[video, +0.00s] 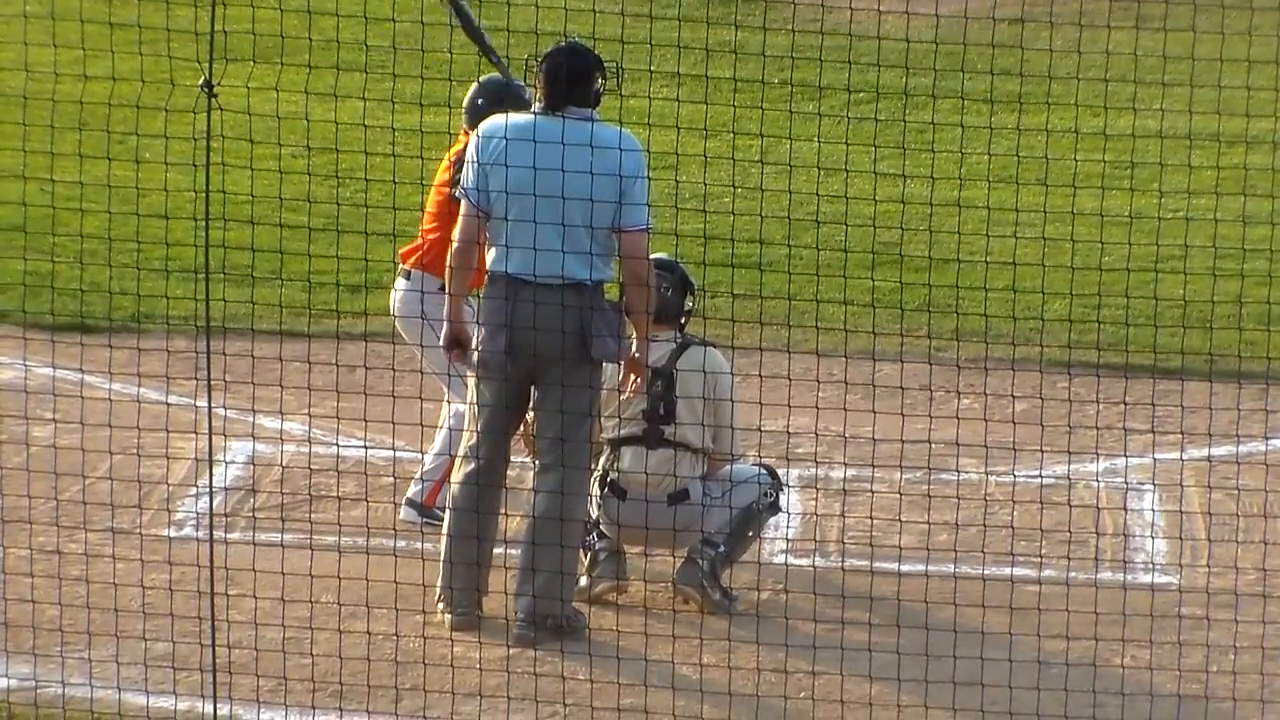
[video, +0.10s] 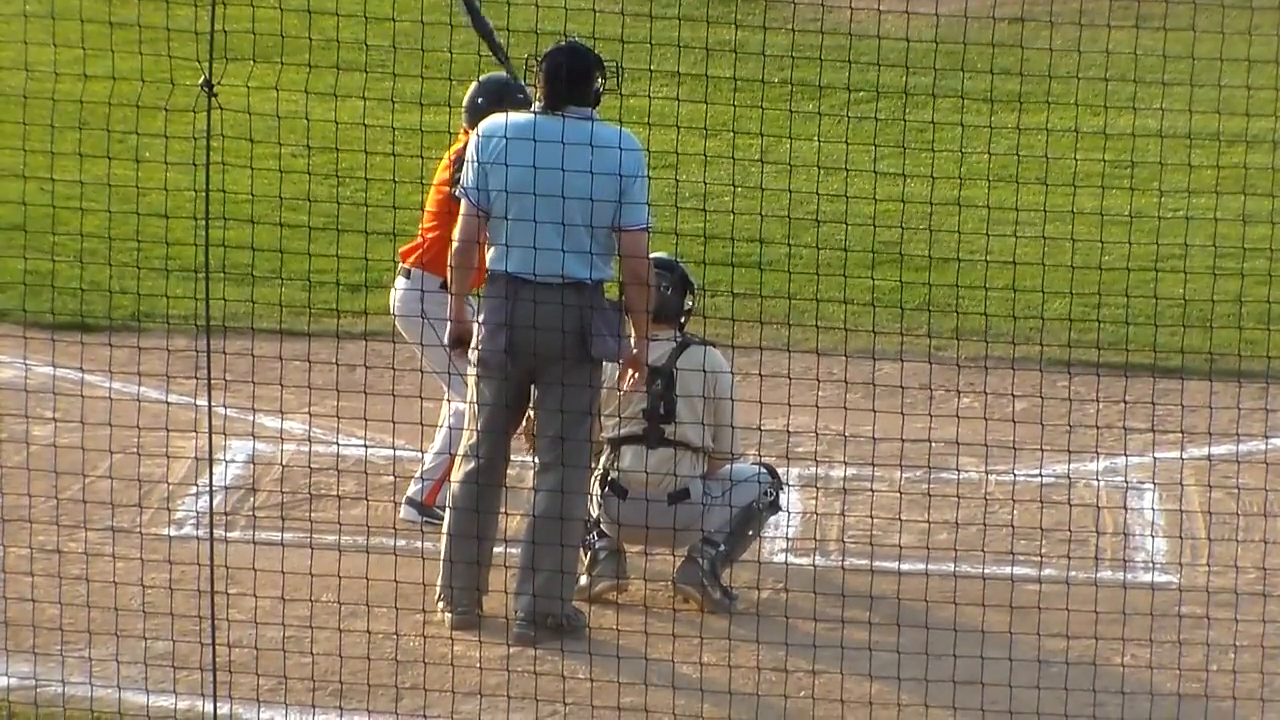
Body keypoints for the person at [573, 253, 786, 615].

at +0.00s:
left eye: (633, 293)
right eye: (686, 298)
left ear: (629, 303)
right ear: (682, 309)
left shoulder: (606, 357)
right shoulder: (709, 361)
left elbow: (585, 443)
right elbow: (719, 458)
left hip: (615, 512)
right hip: (680, 514)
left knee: (590, 470)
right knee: (765, 482)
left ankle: (604, 557)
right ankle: (703, 564)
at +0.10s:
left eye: (634, 291)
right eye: (686, 296)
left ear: (630, 302)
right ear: (682, 307)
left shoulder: (606, 357)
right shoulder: (708, 360)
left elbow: (587, 439)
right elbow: (721, 455)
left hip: (617, 512)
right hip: (682, 513)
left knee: (592, 468)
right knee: (765, 481)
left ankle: (604, 557)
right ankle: (703, 563)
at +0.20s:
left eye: (633, 291)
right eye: (682, 296)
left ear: (629, 302)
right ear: (680, 307)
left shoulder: (606, 357)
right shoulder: (707, 361)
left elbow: (595, 440)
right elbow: (722, 454)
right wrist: (685, 476)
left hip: (618, 512)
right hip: (682, 514)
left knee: (597, 467)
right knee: (763, 481)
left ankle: (603, 557)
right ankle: (703, 564)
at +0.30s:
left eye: (628, 293)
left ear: (625, 304)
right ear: (675, 308)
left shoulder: (607, 359)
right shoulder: (705, 362)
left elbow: (598, 441)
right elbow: (721, 455)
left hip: (619, 514)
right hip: (682, 516)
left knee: (597, 464)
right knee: (759, 480)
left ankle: (604, 556)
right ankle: (704, 564)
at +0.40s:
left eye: (623, 295)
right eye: (672, 298)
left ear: (617, 304)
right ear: (669, 306)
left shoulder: (601, 357)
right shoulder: (700, 359)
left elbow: (583, 440)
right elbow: (726, 445)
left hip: (617, 511)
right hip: (682, 512)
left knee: (590, 462)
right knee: (754, 477)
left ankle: (603, 554)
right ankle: (702, 564)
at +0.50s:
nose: (663, 306)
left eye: (632, 298)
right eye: (663, 300)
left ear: (614, 305)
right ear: (662, 307)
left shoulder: (599, 356)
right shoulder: (691, 356)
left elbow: (579, 433)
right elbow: (736, 432)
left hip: (611, 510)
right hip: (676, 512)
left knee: (579, 461)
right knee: (755, 474)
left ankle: (603, 554)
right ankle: (701, 563)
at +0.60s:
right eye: (651, 298)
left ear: (608, 306)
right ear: (656, 306)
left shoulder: (593, 359)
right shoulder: (688, 357)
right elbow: (741, 421)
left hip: (605, 510)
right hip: (671, 511)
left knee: (574, 464)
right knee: (757, 468)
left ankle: (605, 555)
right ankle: (701, 562)